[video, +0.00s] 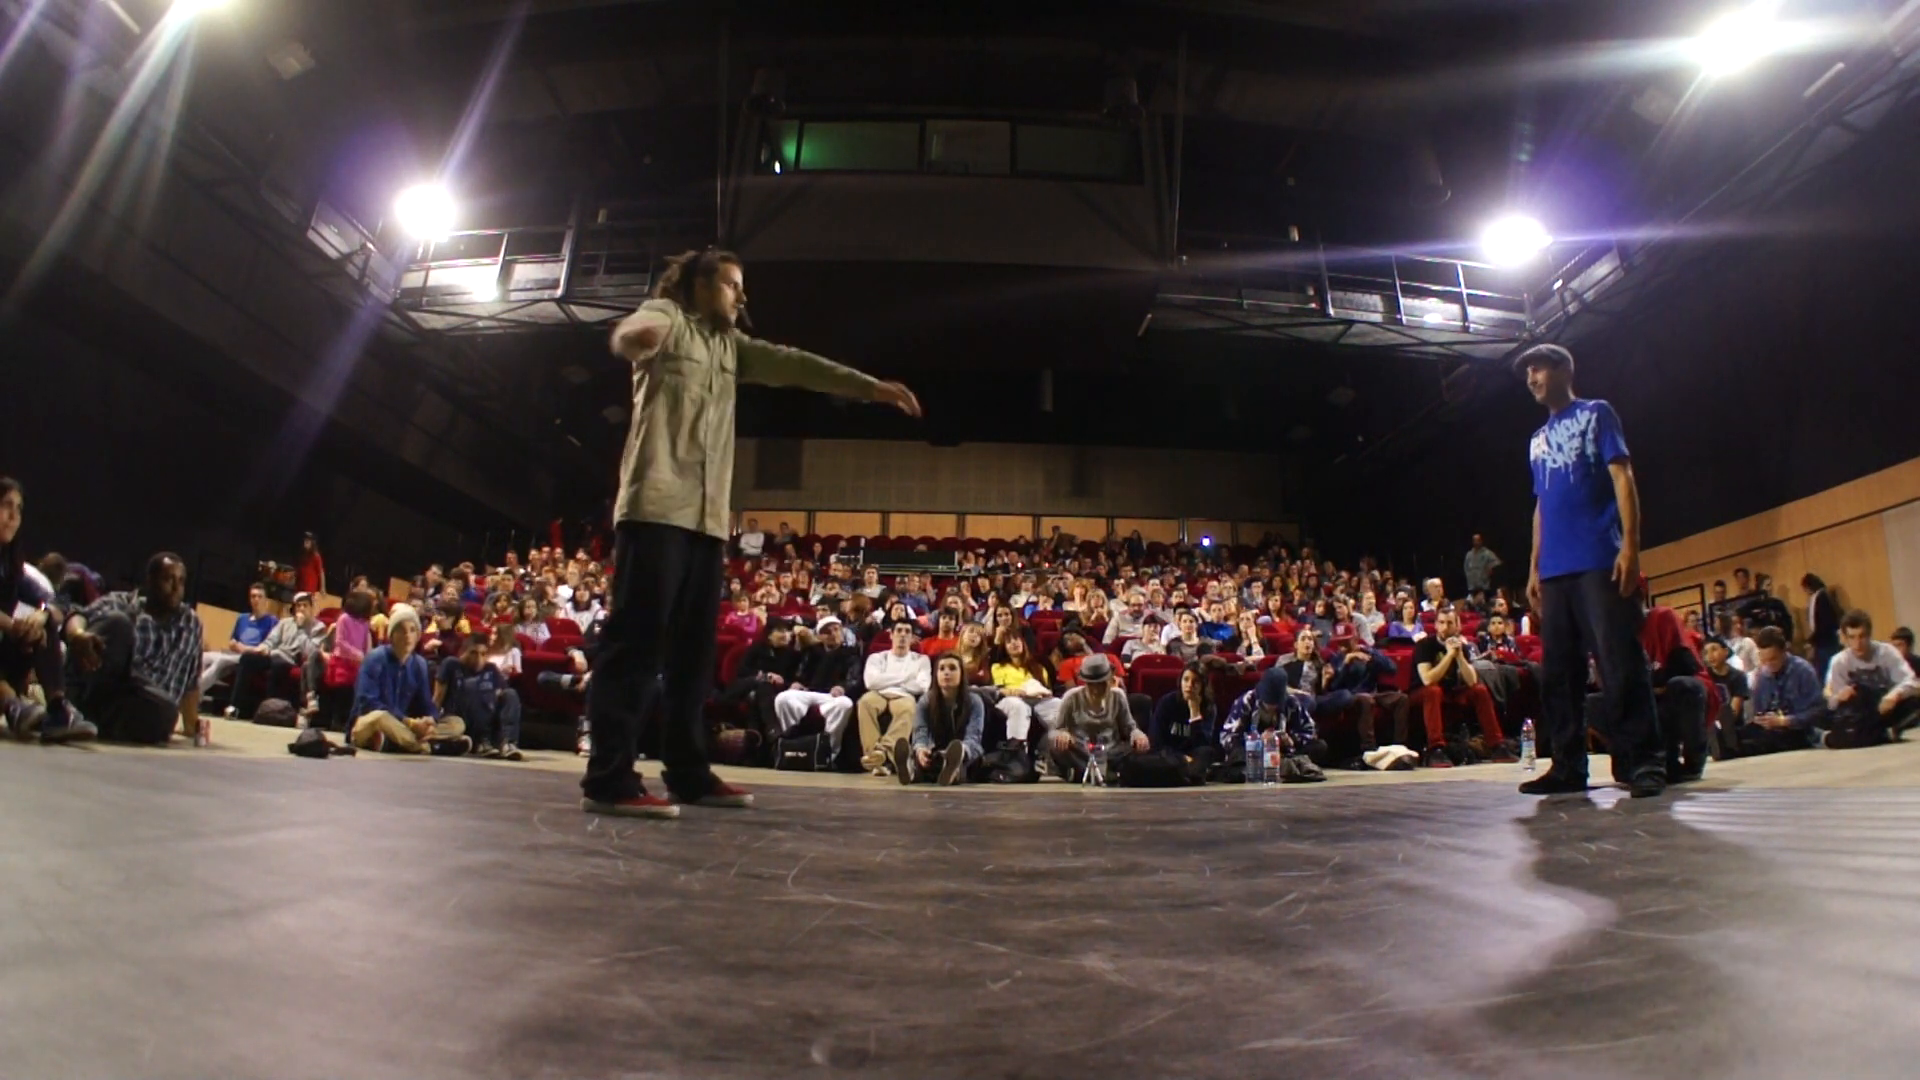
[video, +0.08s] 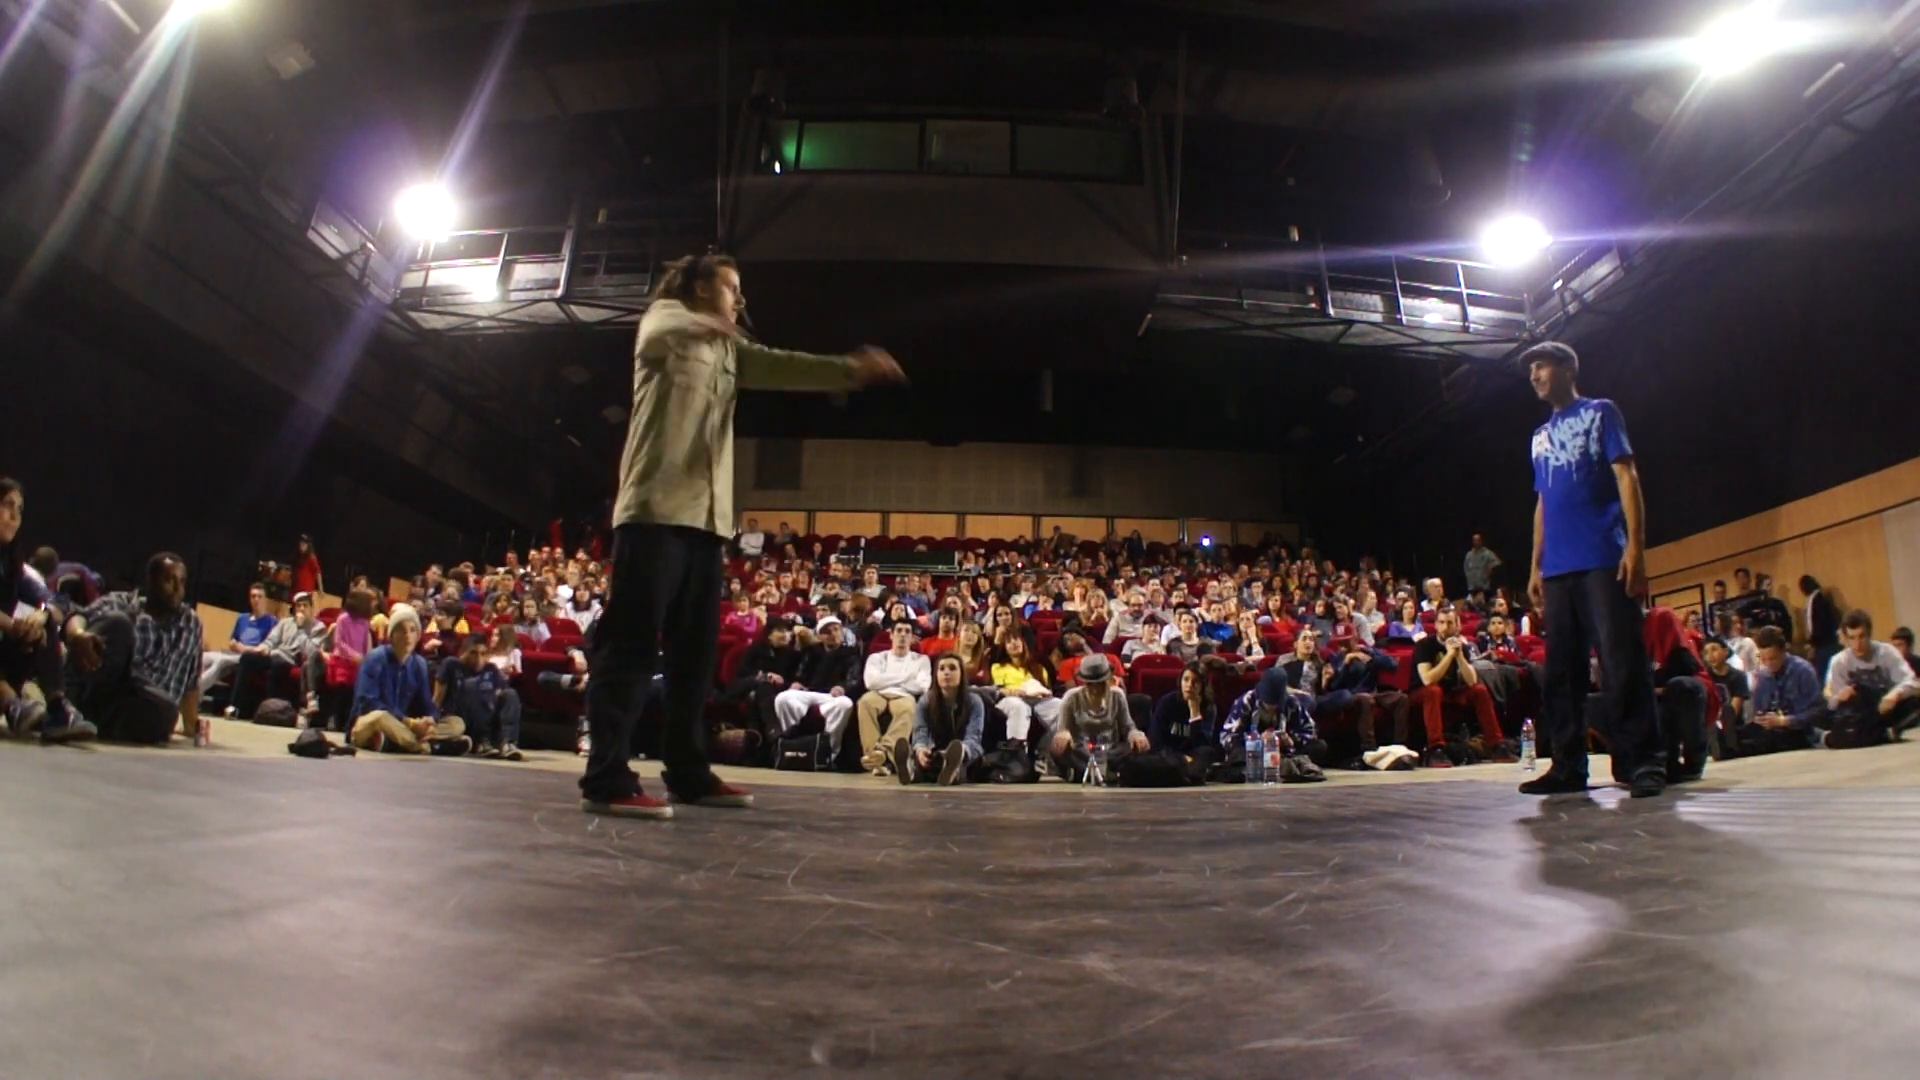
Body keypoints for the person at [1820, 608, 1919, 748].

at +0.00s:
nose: (1857, 643)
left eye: (1862, 636)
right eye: (1852, 637)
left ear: (1869, 635)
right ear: (1843, 638)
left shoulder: (1886, 652)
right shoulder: (1839, 661)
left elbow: (1911, 681)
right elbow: (1830, 702)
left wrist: (1894, 695)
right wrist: (1839, 696)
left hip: (1886, 702)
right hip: (1858, 704)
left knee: (1914, 703)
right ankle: (1885, 734)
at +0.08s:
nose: (1857, 643)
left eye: (1862, 636)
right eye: (1852, 638)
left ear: (1869, 635)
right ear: (1844, 638)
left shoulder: (1886, 652)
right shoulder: (1839, 661)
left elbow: (1911, 681)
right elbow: (1831, 703)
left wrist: (1894, 695)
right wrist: (1839, 697)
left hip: (1886, 702)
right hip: (1858, 704)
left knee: (1914, 703)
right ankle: (1885, 734)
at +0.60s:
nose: (1857, 643)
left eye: (1861, 637)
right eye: (1851, 638)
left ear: (1869, 636)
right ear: (1845, 639)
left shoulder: (1887, 652)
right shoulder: (1836, 661)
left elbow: (1911, 681)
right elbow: (1830, 702)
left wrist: (1894, 695)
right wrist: (1839, 696)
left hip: (1886, 703)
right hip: (1857, 705)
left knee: (1914, 704)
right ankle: (1884, 734)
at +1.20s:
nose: (1857, 643)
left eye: (1862, 637)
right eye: (1852, 638)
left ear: (1870, 636)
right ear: (1846, 638)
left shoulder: (1887, 652)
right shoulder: (1835, 662)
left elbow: (1911, 681)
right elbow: (1827, 703)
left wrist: (1894, 694)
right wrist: (1838, 697)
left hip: (1885, 704)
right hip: (1855, 706)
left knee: (1913, 703)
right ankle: (1884, 734)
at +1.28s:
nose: (1857, 644)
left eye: (1862, 637)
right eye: (1852, 638)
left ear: (1870, 636)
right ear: (1846, 638)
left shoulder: (1887, 652)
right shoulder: (1835, 662)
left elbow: (1911, 681)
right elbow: (1827, 703)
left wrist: (1894, 694)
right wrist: (1838, 697)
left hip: (1884, 705)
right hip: (1855, 707)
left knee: (1914, 703)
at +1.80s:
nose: (1858, 645)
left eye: (1863, 639)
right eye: (1853, 640)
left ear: (1871, 637)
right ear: (1847, 639)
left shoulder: (1887, 652)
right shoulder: (1839, 661)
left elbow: (1910, 681)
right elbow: (1828, 703)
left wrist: (1894, 695)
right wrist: (1839, 697)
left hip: (1884, 705)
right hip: (1856, 707)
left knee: (1913, 704)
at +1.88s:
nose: (1859, 645)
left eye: (1863, 639)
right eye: (1853, 639)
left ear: (1871, 636)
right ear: (1847, 639)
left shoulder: (1887, 652)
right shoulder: (1839, 661)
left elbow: (1911, 681)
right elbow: (1828, 703)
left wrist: (1894, 695)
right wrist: (1839, 697)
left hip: (1884, 704)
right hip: (1856, 706)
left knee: (1913, 704)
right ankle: (1884, 734)